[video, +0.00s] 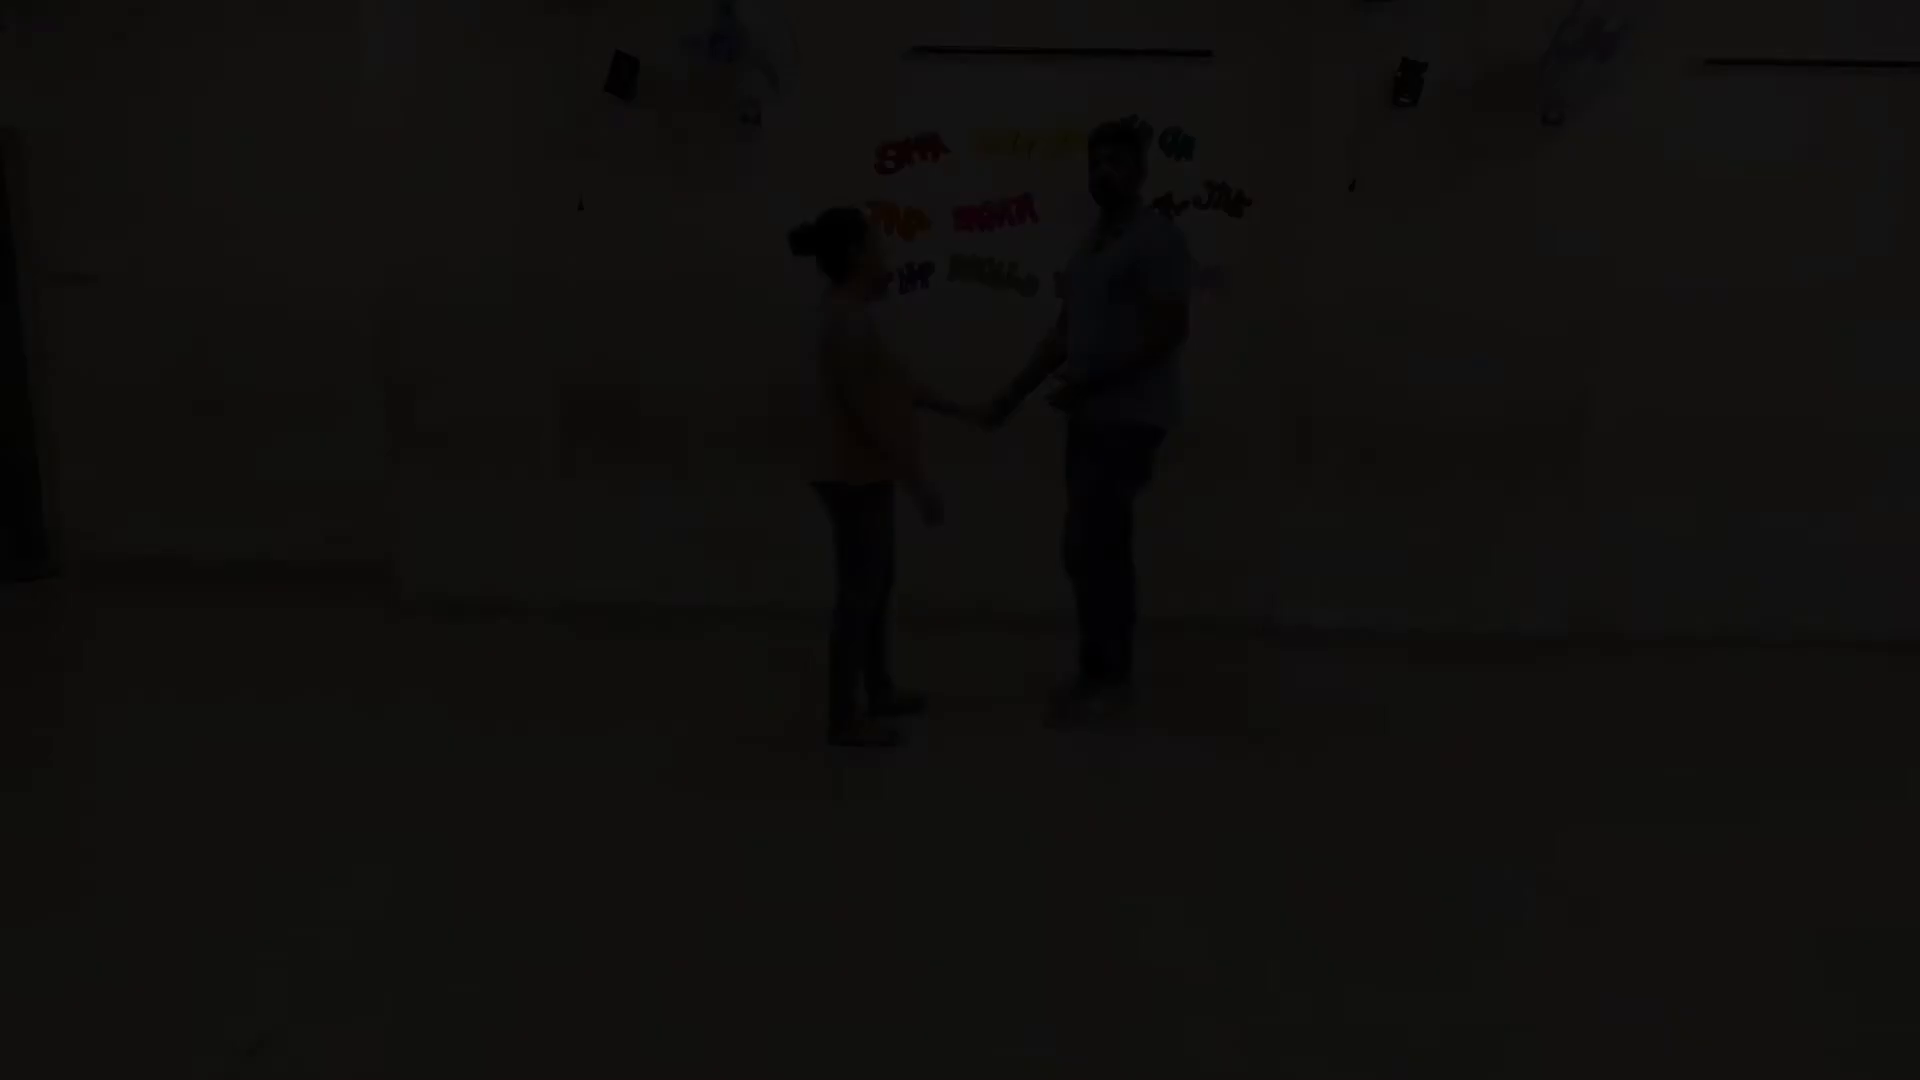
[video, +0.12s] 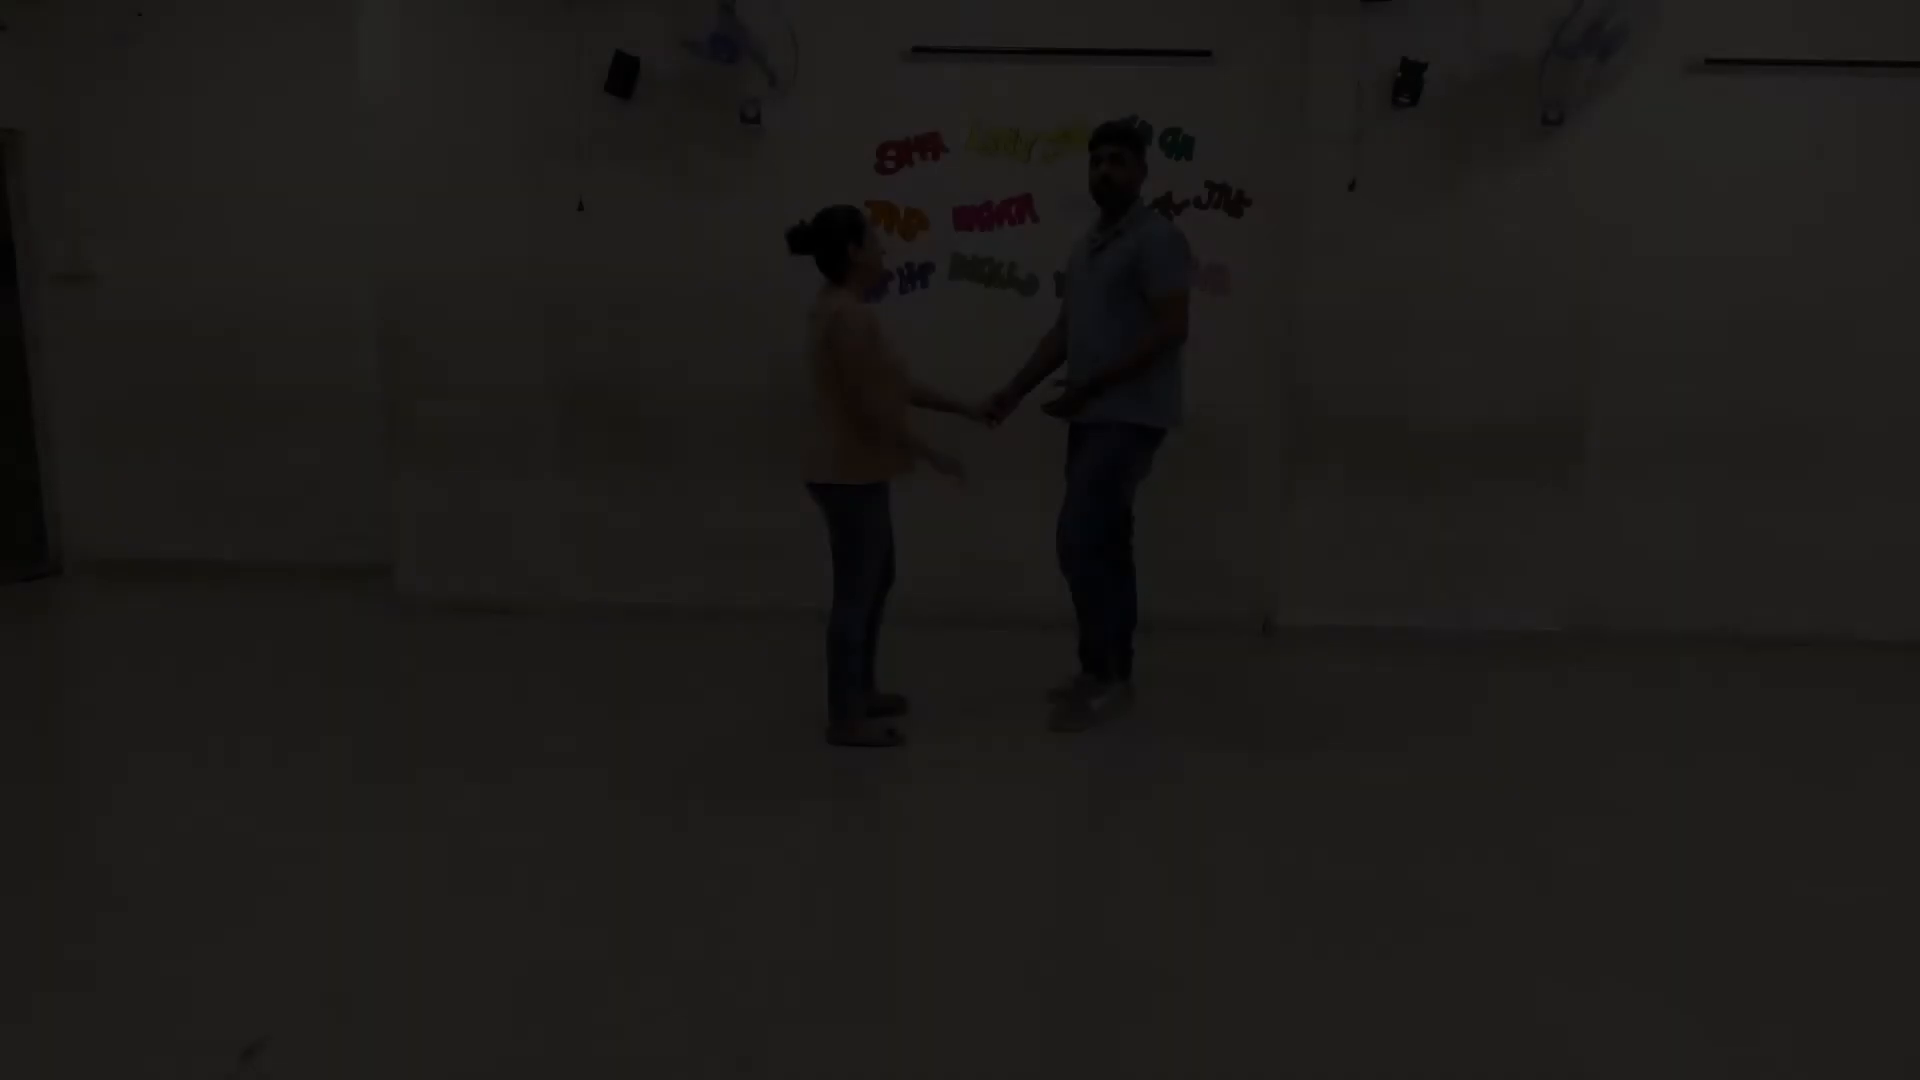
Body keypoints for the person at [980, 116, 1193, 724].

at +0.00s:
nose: (1105, 179)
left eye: (1116, 167)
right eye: (1100, 166)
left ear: (1135, 174)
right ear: (1097, 173)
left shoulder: (1155, 241)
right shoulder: (1094, 240)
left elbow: (1165, 333)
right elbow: (1063, 334)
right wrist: (1009, 398)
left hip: (1133, 415)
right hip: (1093, 412)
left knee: (1101, 544)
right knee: (1094, 544)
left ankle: (1106, 676)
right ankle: (1099, 672)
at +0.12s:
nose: (1106, 173)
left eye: (1118, 163)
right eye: (1100, 162)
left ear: (1141, 171)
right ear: (1090, 170)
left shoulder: (1158, 239)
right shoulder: (1093, 241)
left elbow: (1171, 330)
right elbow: (1066, 329)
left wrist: (1092, 386)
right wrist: (1014, 391)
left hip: (1135, 413)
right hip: (1093, 411)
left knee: (1085, 538)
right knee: (1099, 540)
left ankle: (1107, 677)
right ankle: (1101, 673)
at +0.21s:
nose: (1107, 171)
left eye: (1120, 162)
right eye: (1100, 161)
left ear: (1143, 171)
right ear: (1090, 169)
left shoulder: (1160, 240)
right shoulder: (1091, 243)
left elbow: (1170, 331)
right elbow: (1066, 330)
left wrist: (1093, 387)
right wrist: (1013, 392)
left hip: (1134, 414)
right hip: (1093, 412)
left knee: (1085, 540)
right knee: (1101, 541)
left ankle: (1109, 682)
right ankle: (1101, 674)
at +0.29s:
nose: (1109, 169)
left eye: (1123, 160)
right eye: (1102, 159)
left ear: (1145, 170)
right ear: (1092, 168)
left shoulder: (1161, 240)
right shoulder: (1092, 241)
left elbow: (1167, 333)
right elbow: (1067, 328)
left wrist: (1088, 389)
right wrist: (1015, 388)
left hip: (1132, 419)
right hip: (1092, 415)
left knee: (1102, 551)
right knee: (1094, 552)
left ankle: (1112, 695)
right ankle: (1103, 676)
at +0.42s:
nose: (1111, 165)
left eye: (1125, 155)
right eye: (1104, 155)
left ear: (1149, 165)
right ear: (1094, 164)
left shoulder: (1161, 238)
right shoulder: (1095, 238)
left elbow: (1162, 335)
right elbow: (1070, 326)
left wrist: (1076, 385)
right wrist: (1015, 381)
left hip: (1129, 423)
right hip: (1088, 418)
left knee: (1109, 553)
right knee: (1095, 553)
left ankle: (1113, 696)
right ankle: (1106, 675)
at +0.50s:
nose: (1111, 163)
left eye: (1125, 154)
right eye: (1105, 153)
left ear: (1151, 166)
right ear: (1095, 163)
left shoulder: (1159, 238)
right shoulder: (1094, 240)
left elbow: (1162, 333)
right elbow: (1073, 324)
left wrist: (1071, 383)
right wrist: (1022, 373)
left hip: (1128, 421)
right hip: (1088, 416)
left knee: (1111, 552)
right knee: (1092, 551)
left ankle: (1114, 697)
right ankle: (1107, 674)